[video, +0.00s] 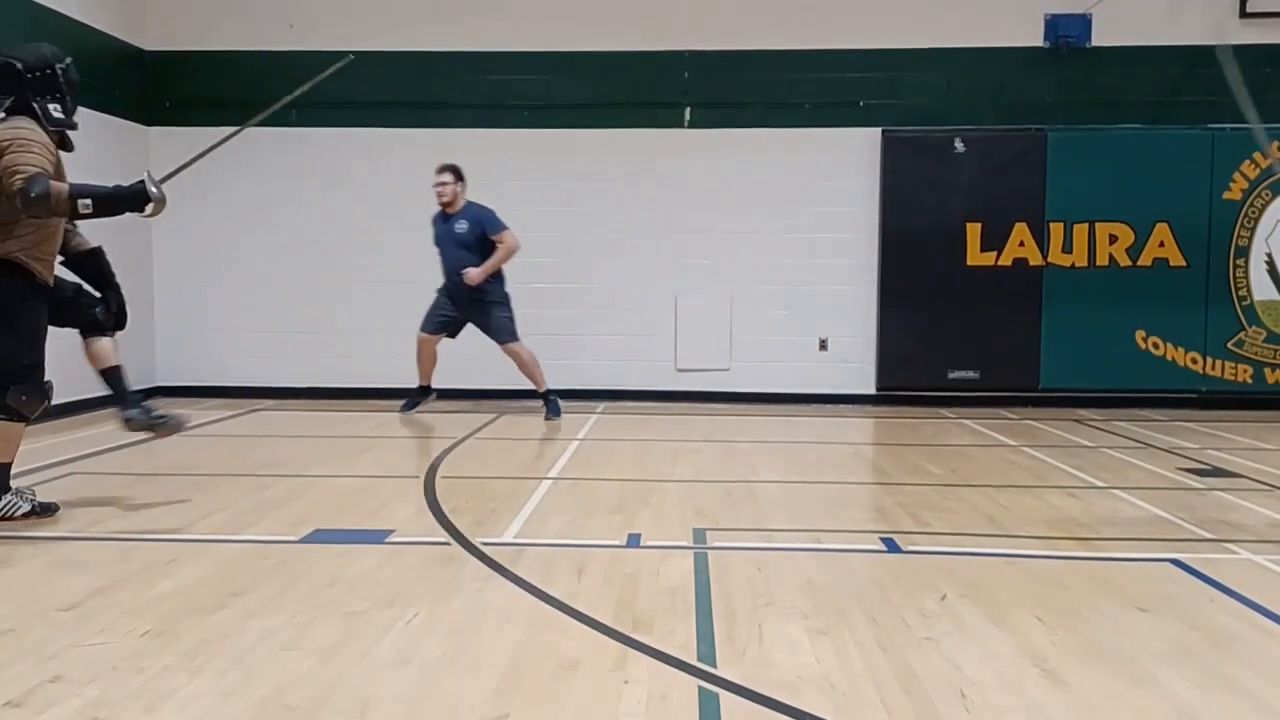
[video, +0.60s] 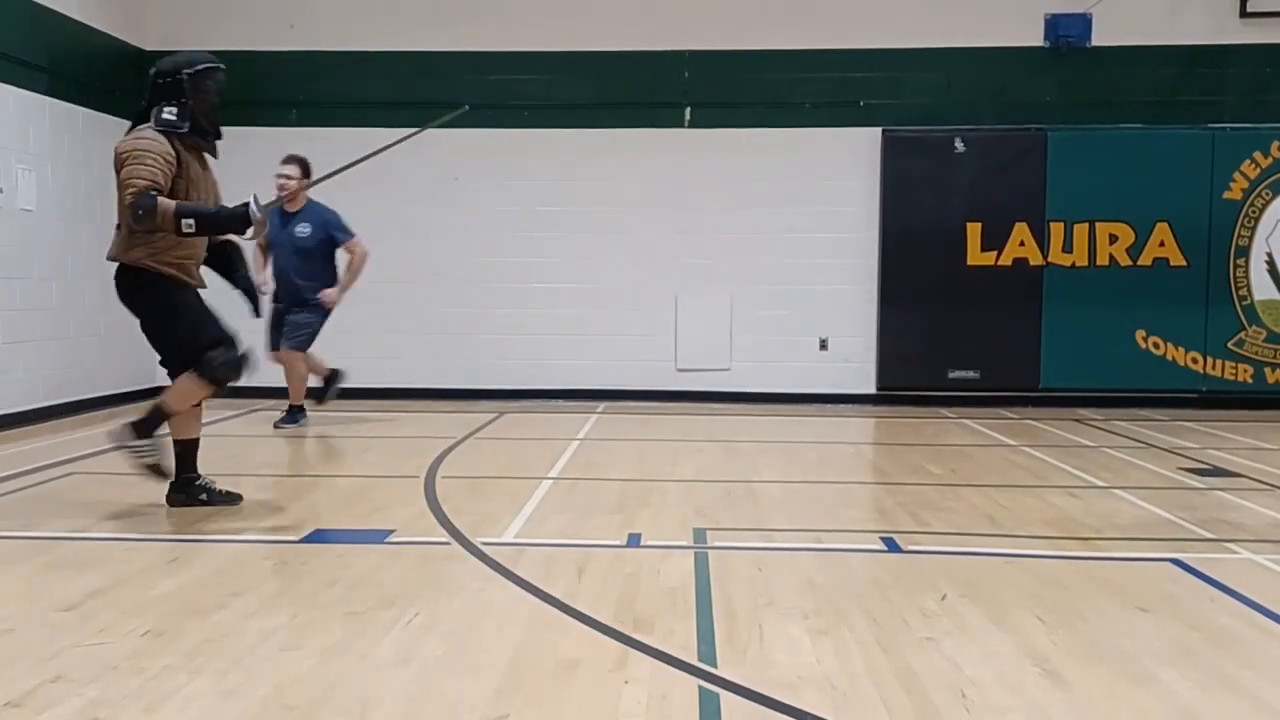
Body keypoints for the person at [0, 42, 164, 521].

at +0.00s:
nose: (67, 96)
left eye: (65, 86)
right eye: (60, 86)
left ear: (27, 90)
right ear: (37, 89)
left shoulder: (37, 138)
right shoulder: (21, 133)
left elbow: (61, 224)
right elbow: (33, 196)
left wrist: (107, 283)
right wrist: (125, 197)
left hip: (30, 278)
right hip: (12, 279)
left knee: (93, 313)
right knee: (22, 392)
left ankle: (131, 406)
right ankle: (4, 492)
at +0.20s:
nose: (106, 102)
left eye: (105, 93)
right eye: (98, 93)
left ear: (71, 97)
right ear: (72, 97)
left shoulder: (81, 145)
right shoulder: (57, 138)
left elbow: (102, 232)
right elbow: (64, 198)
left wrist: (144, 294)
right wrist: (156, 204)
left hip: (61, 282)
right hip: (33, 280)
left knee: (130, 335)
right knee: (37, 396)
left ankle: (190, 435)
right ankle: (1, 489)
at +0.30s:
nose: (129, 101)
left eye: (128, 92)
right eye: (120, 92)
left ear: (95, 97)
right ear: (95, 97)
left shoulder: (110, 148)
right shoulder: (77, 142)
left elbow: (121, 228)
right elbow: (86, 203)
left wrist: (151, 284)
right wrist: (176, 209)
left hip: (99, 289)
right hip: (64, 286)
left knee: (142, 379)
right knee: (51, 398)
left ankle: (181, 474)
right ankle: (3, 487)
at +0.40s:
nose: (154, 99)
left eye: (152, 90)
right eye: (144, 90)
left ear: (118, 98)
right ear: (120, 97)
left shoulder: (135, 145)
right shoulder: (106, 146)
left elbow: (143, 229)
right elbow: (110, 213)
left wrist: (168, 285)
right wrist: (201, 214)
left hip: (134, 290)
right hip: (104, 289)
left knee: (161, 386)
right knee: (92, 400)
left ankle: (185, 481)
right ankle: (16, 480)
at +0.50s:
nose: (189, 101)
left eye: (188, 91)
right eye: (180, 91)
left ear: (158, 95)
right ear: (152, 94)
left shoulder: (163, 146)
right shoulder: (131, 143)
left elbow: (168, 224)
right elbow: (131, 210)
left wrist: (198, 271)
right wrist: (216, 218)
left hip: (160, 283)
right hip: (129, 282)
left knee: (180, 381)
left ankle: (185, 483)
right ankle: (66, 453)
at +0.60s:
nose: (217, 102)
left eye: (217, 92)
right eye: (208, 92)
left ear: (184, 97)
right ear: (180, 93)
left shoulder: (192, 152)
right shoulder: (149, 142)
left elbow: (208, 235)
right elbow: (142, 210)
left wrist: (247, 284)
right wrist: (223, 219)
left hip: (176, 277)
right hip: (147, 274)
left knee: (191, 374)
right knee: (222, 361)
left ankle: (186, 482)